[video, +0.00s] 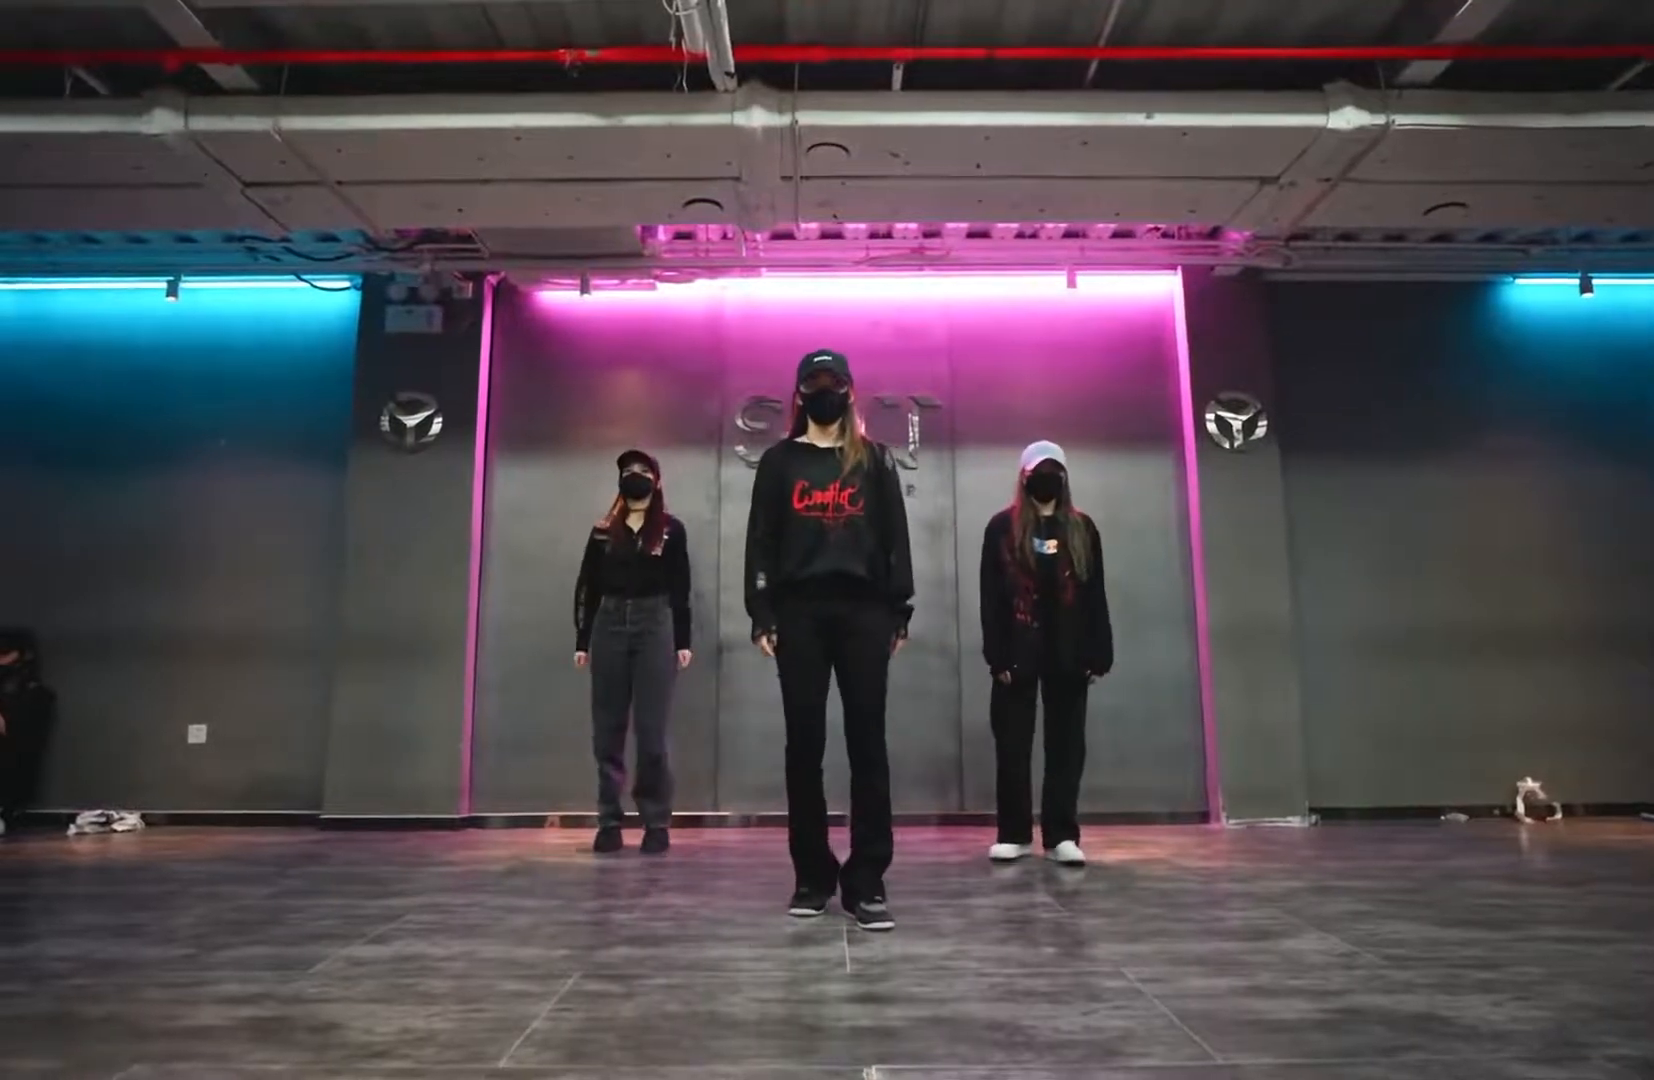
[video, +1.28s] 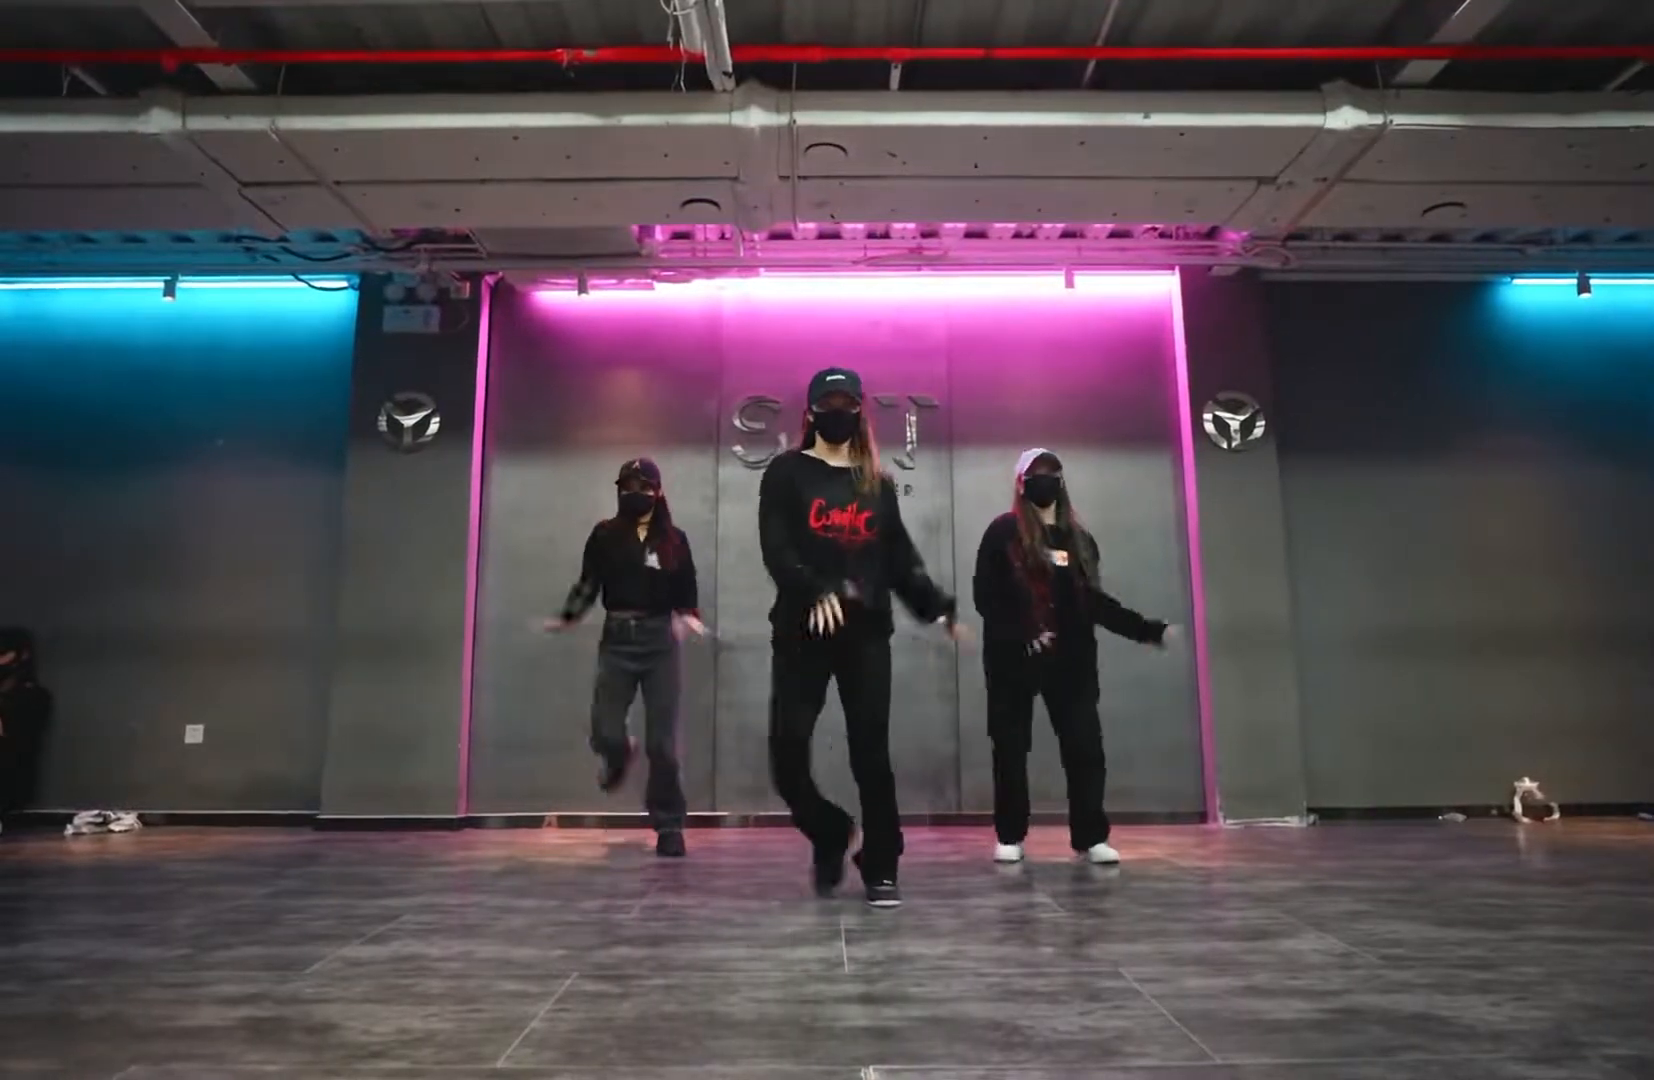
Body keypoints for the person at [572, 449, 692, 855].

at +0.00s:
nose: (636, 482)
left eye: (643, 476)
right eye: (629, 476)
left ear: (656, 482)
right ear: (619, 483)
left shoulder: (670, 529)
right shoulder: (604, 529)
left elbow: (680, 588)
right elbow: (587, 587)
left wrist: (683, 640)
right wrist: (583, 640)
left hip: (656, 629)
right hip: (608, 628)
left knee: (651, 731)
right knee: (608, 731)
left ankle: (656, 824)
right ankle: (609, 823)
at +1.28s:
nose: (635, 496)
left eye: (643, 489)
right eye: (628, 489)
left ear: (657, 493)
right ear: (618, 492)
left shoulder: (672, 538)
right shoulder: (604, 534)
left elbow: (686, 582)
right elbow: (589, 581)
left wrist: (688, 612)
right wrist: (568, 615)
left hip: (661, 638)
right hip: (617, 639)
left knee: (662, 742)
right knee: (604, 733)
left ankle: (669, 828)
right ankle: (619, 757)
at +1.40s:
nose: (627, 500)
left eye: (635, 492)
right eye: (620, 492)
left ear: (649, 495)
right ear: (610, 495)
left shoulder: (657, 540)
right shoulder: (606, 538)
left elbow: (649, 593)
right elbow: (580, 584)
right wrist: (539, 603)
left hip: (651, 651)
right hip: (611, 648)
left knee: (655, 747)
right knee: (585, 711)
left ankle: (669, 829)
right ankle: (574, 793)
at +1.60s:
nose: (606, 499)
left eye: (615, 492)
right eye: (599, 491)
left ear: (631, 497)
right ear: (590, 495)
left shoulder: (641, 543)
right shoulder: (581, 543)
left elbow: (652, 590)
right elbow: (543, 583)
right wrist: (493, 571)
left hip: (628, 655)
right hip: (582, 653)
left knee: (647, 759)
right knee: (557, 741)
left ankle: (667, 850)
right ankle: (530, 853)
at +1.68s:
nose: (602, 494)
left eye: (611, 488)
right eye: (595, 486)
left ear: (626, 494)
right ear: (584, 489)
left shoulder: (638, 541)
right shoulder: (566, 530)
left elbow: (678, 585)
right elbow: (521, 553)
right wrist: (498, 546)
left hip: (626, 651)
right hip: (576, 650)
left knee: (655, 746)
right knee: (561, 742)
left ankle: (663, 846)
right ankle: (531, 852)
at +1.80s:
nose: (616, 488)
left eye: (625, 480)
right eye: (609, 478)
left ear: (636, 485)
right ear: (594, 481)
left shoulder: (645, 530)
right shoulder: (577, 522)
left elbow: (704, 539)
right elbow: (535, 561)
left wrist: (745, 506)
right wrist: (526, 609)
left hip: (626, 646)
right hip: (579, 644)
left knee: (657, 736)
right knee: (573, 745)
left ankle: (628, 847)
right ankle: (530, 849)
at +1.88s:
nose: (623, 481)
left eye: (631, 475)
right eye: (616, 473)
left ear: (641, 480)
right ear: (602, 475)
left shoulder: (642, 526)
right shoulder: (581, 527)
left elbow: (689, 543)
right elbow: (581, 600)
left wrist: (712, 503)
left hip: (624, 637)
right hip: (587, 638)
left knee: (651, 744)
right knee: (587, 746)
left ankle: (620, 852)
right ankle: (523, 840)